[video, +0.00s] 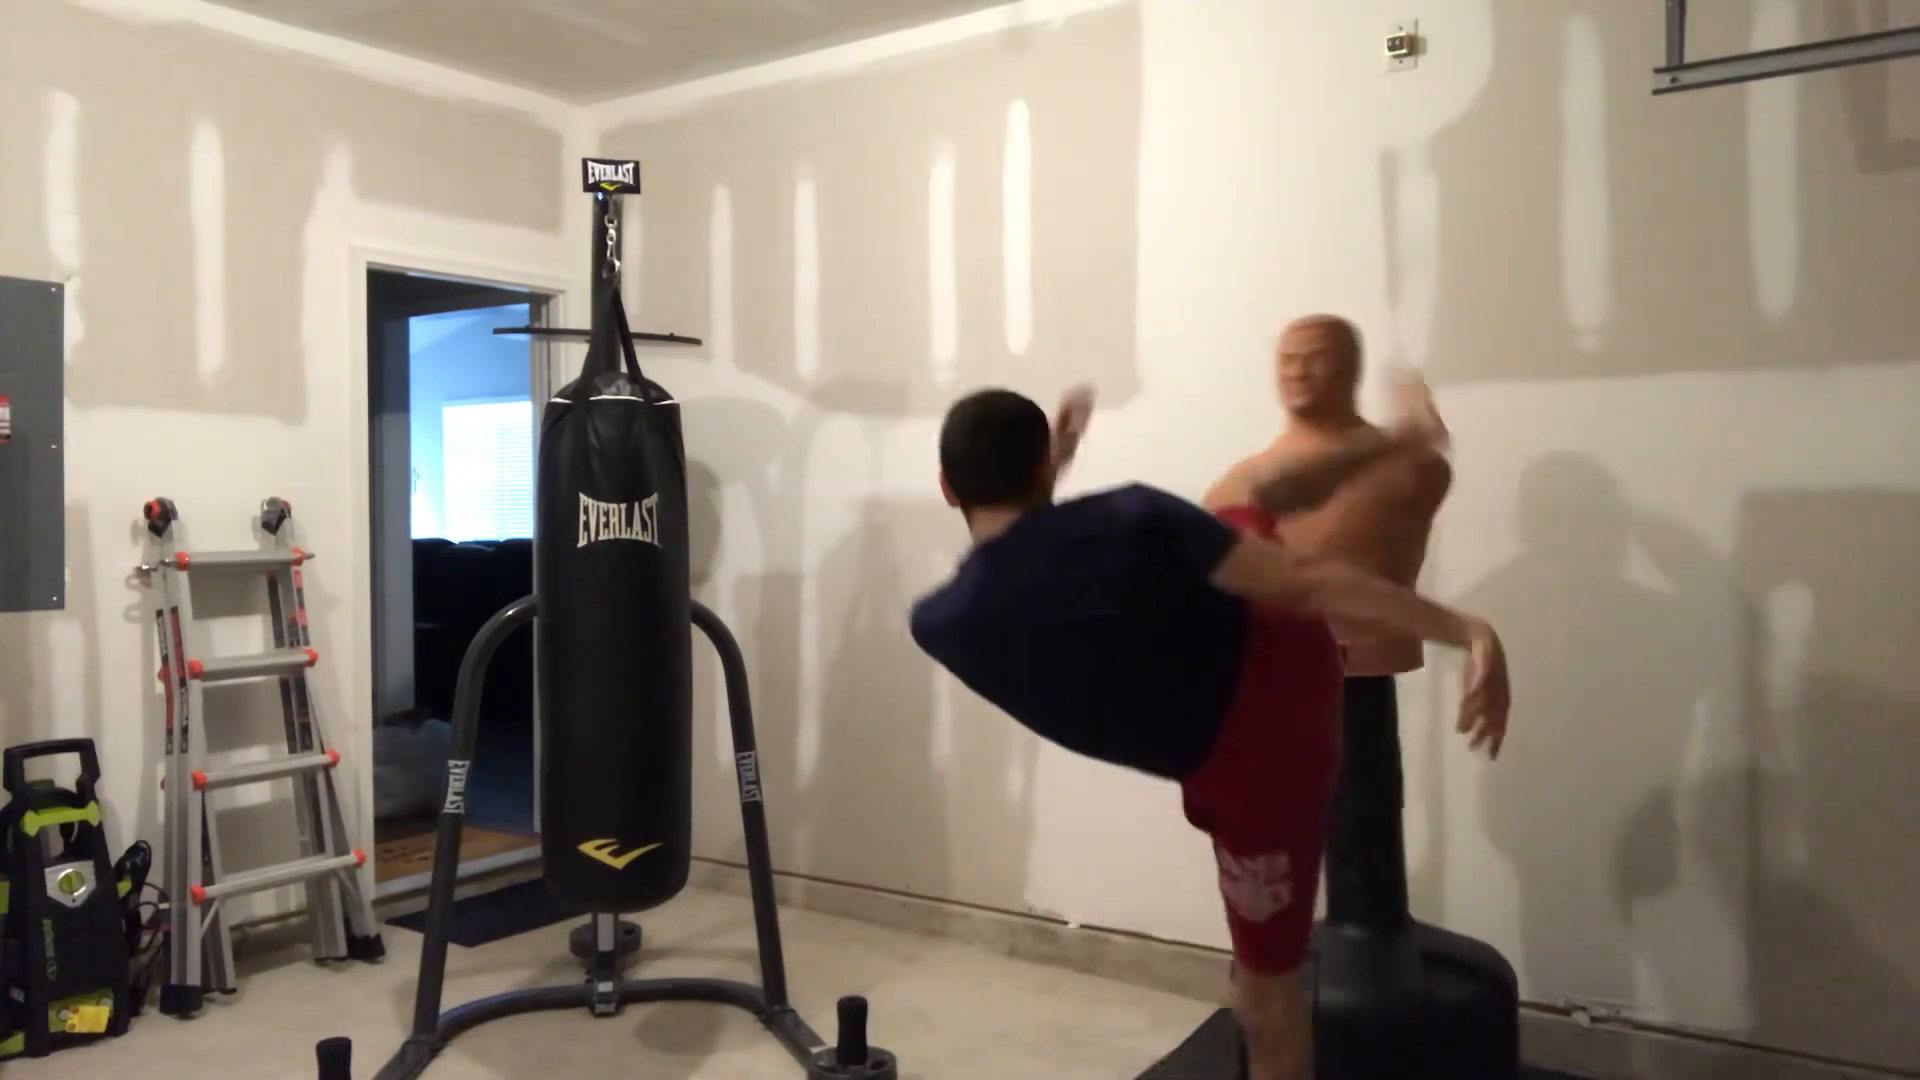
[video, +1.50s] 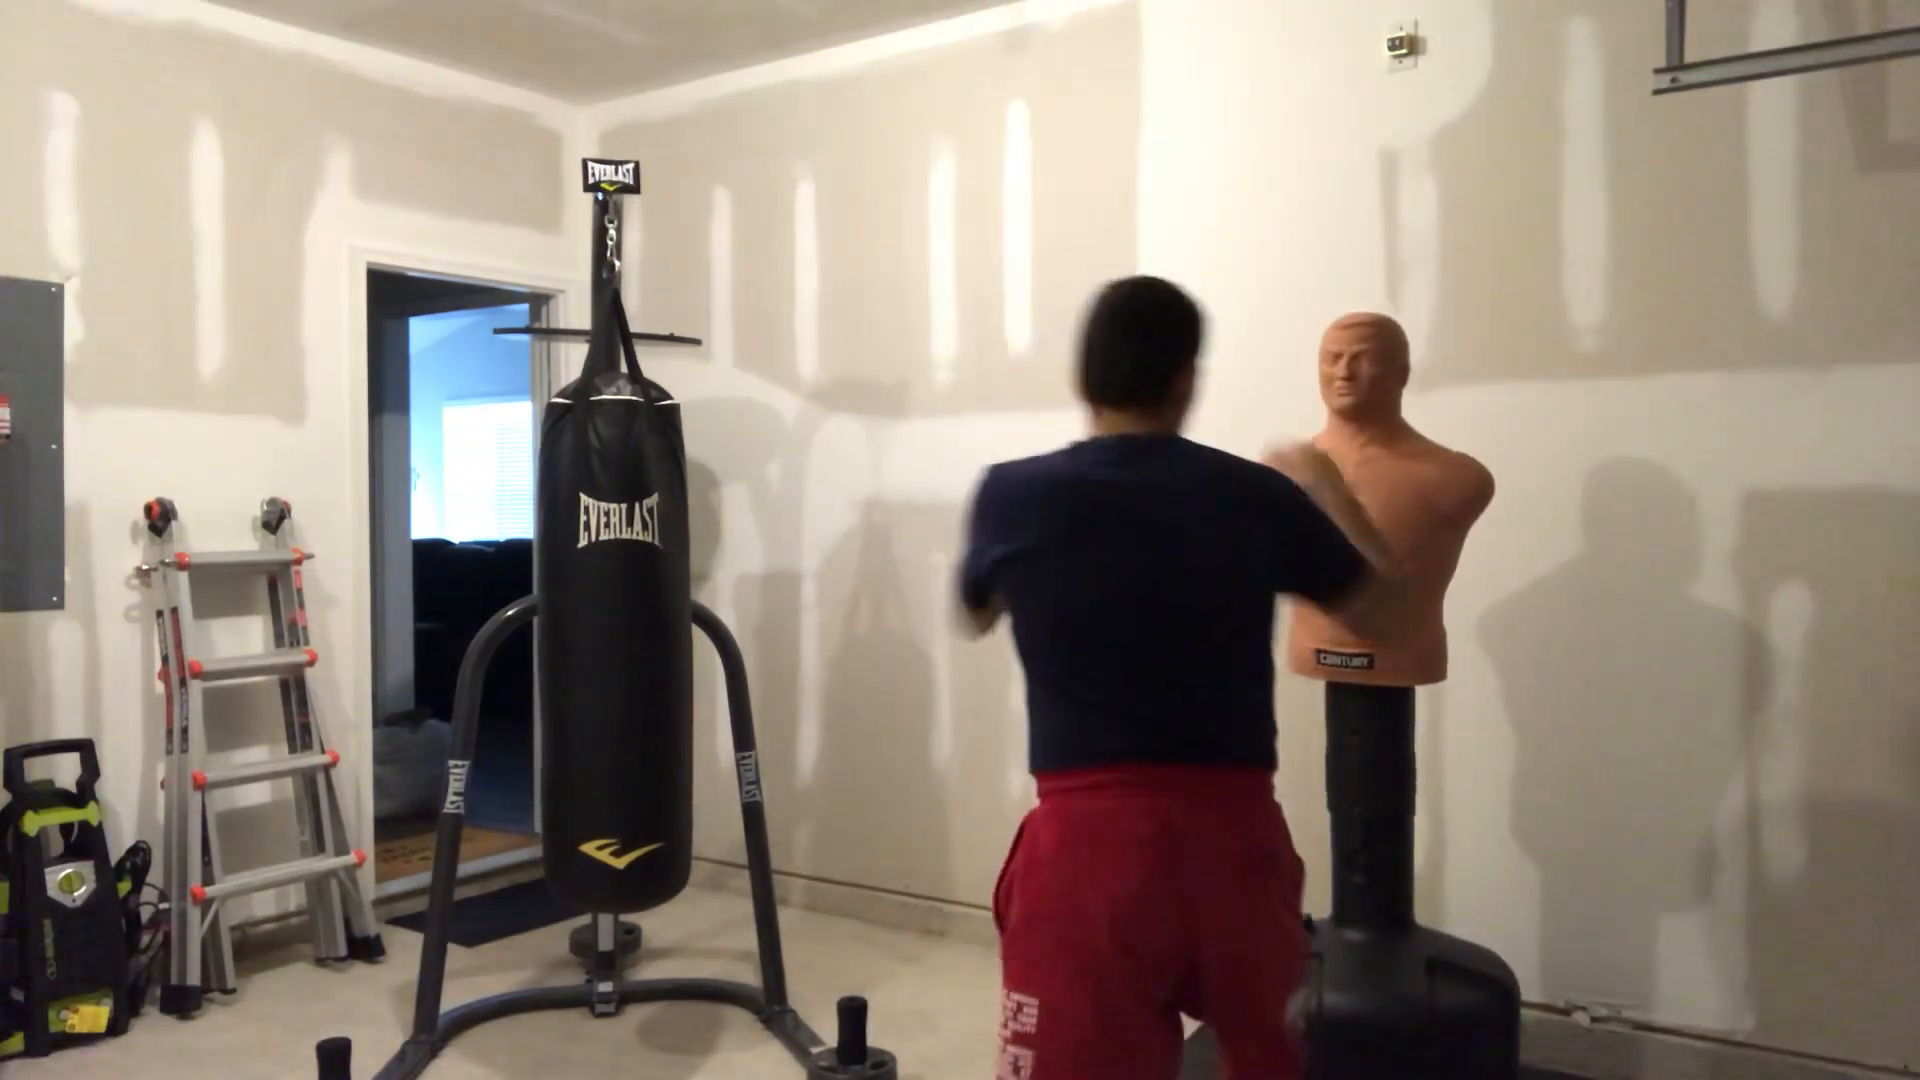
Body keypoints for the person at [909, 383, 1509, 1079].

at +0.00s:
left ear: (946, 492)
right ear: (1044, 475)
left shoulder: (942, 625)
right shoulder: (1129, 516)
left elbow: (998, 560)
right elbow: (1296, 578)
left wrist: (1048, 462)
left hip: (1237, 776)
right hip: (1286, 658)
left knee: (1269, 1007)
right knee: (1256, 516)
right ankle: (1420, 449)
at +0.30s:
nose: (985, 432)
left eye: (986, 419)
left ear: (995, 433)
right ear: (1088, 411)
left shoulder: (1010, 574)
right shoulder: (1167, 473)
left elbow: (928, 769)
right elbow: (1264, 441)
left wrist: (877, 782)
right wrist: (1243, 377)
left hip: (1214, 804)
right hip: (1296, 712)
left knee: (1192, 1046)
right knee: (1354, 767)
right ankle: (1412, 920)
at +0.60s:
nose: (1081, 418)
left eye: (1083, 406)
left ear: (1088, 416)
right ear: (1188, 412)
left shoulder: (1104, 538)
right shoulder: (1243, 510)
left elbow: (1164, 719)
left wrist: (1052, 826)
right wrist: (1108, 458)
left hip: (1136, 844)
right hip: (1250, 835)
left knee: (997, 1064)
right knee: (1248, 1060)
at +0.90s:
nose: (1059, 316)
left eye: (1061, 307)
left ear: (1066, 319)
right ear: (1181, 331)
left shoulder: (1006, 417)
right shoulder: (1234, 444)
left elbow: (907, 578)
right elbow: (1286, 609)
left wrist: (1000, 491)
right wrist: (1214, 515)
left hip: (1061, 766)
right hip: (1200, 766)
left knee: (1038, 1050)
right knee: (1218, 1035)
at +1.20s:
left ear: (1015, 371)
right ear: (1135, 373)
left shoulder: (961, 486)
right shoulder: (1202, 490)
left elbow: (909, 636)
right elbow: (1308, 656)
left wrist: (962, 537)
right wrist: (1310, 577)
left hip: (1056, 851)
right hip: (1203, 848)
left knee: (1015, 1065)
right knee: (1204, 1064)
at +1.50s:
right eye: (1188, 365)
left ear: (1082, 375)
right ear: (1188, 378)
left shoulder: (1015, 496)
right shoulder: (1252, 499)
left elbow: (974, 614)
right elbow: (1383, 610)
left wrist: (1047, 528)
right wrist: (1331, 488)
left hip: (1084, 843)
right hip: (1236, 840)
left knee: (1076, 1062)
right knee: (1273, 1062)